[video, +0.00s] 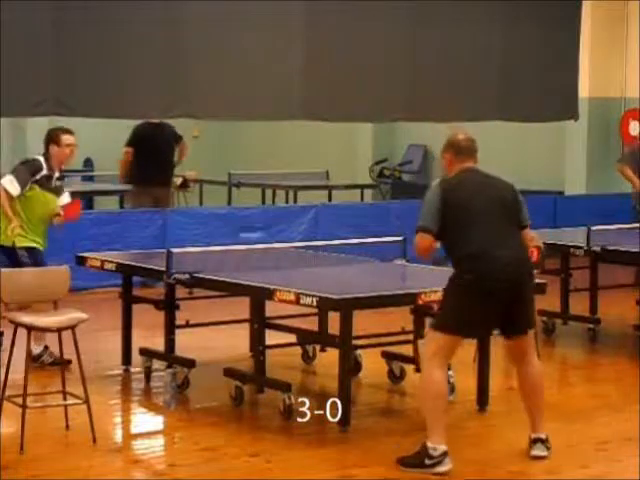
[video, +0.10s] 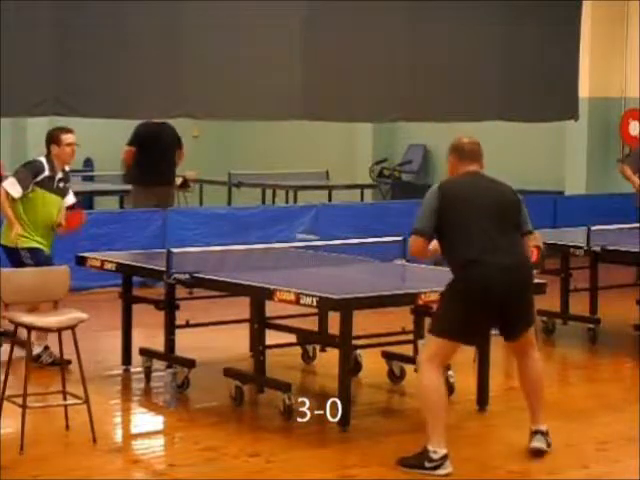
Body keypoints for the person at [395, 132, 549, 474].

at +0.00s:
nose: (441, 166)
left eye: (441, 161)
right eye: (442, 161)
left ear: (448, 158)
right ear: (476, 157)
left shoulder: (442, 189)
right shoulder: (506, 188)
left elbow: (423, 247)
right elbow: (529, 240)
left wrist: (443, 232)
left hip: (473, 282)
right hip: (518, 281)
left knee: (433, 358)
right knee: (526, 357)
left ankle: (435, 448)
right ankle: (539, 438)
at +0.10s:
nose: (449, 170)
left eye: (448, 165)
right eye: (451, 166)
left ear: (451, 163)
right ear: (482, 163)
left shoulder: (442, 191)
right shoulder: (507, 191)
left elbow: (417, 249)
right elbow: (532, 246)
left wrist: (436, 248)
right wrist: (503, 246)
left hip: (472, 282)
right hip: (516, 280)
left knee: (431, 362)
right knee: (527, 350)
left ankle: (435, 451)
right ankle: (539, 430)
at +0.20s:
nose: (466, 172)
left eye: (464, 166)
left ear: (465, 166)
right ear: (496, 168)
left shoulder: (448, 194)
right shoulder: (515, 199)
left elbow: (413, 244)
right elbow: (540, 255)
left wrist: (433, 253)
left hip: (468, 290)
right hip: (515, 289)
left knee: (427, 365)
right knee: (533, 349)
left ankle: (435, 451)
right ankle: (552, 420)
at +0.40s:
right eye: (530, 175)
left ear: (499, 173)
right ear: (530, 175)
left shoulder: (482, 197)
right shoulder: (542, 209)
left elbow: (442, 227)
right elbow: (561, 263)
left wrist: (440, 260)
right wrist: (575, 276)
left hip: (488, 293)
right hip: (535, 293)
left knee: (449, 362)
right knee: (550, 354)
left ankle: (434, 448)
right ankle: (561, 421)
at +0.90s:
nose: (509, 159)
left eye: (510, 153)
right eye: (512, 153)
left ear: (514, 153)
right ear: (542, 153)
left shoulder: (518, 182)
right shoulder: (560, 185)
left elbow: (498, 224)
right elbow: (564, 231)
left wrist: (478, 256)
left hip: (535, 275)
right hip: (571, 274)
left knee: (501, 349)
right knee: (563, 344)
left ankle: (491, 440)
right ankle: (568, 420)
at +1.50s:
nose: (478, 187)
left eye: (478, 182)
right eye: (481, 182)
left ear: (482, 181)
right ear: (512, 181)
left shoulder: (482, 214)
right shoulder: (539, 212)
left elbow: (467, 265)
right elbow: (572, 264)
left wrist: (445, 292)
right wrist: (557, 293)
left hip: (511, 309)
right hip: (556, 304)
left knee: (458, 373)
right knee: (560, 361)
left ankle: (468, 461)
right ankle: (587, 437)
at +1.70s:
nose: (503, 167)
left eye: (473, 166)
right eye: (504, 161)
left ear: (472, 166)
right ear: (504, 162)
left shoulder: (458, 202)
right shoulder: (529, 196)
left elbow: (439, 257)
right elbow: (558, 258)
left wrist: (447, 290)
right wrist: (529, 262)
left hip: (487, 305)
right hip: (534, 303)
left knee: (444, 378)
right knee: (558, 371)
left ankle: (462, 459)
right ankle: (588, 439)